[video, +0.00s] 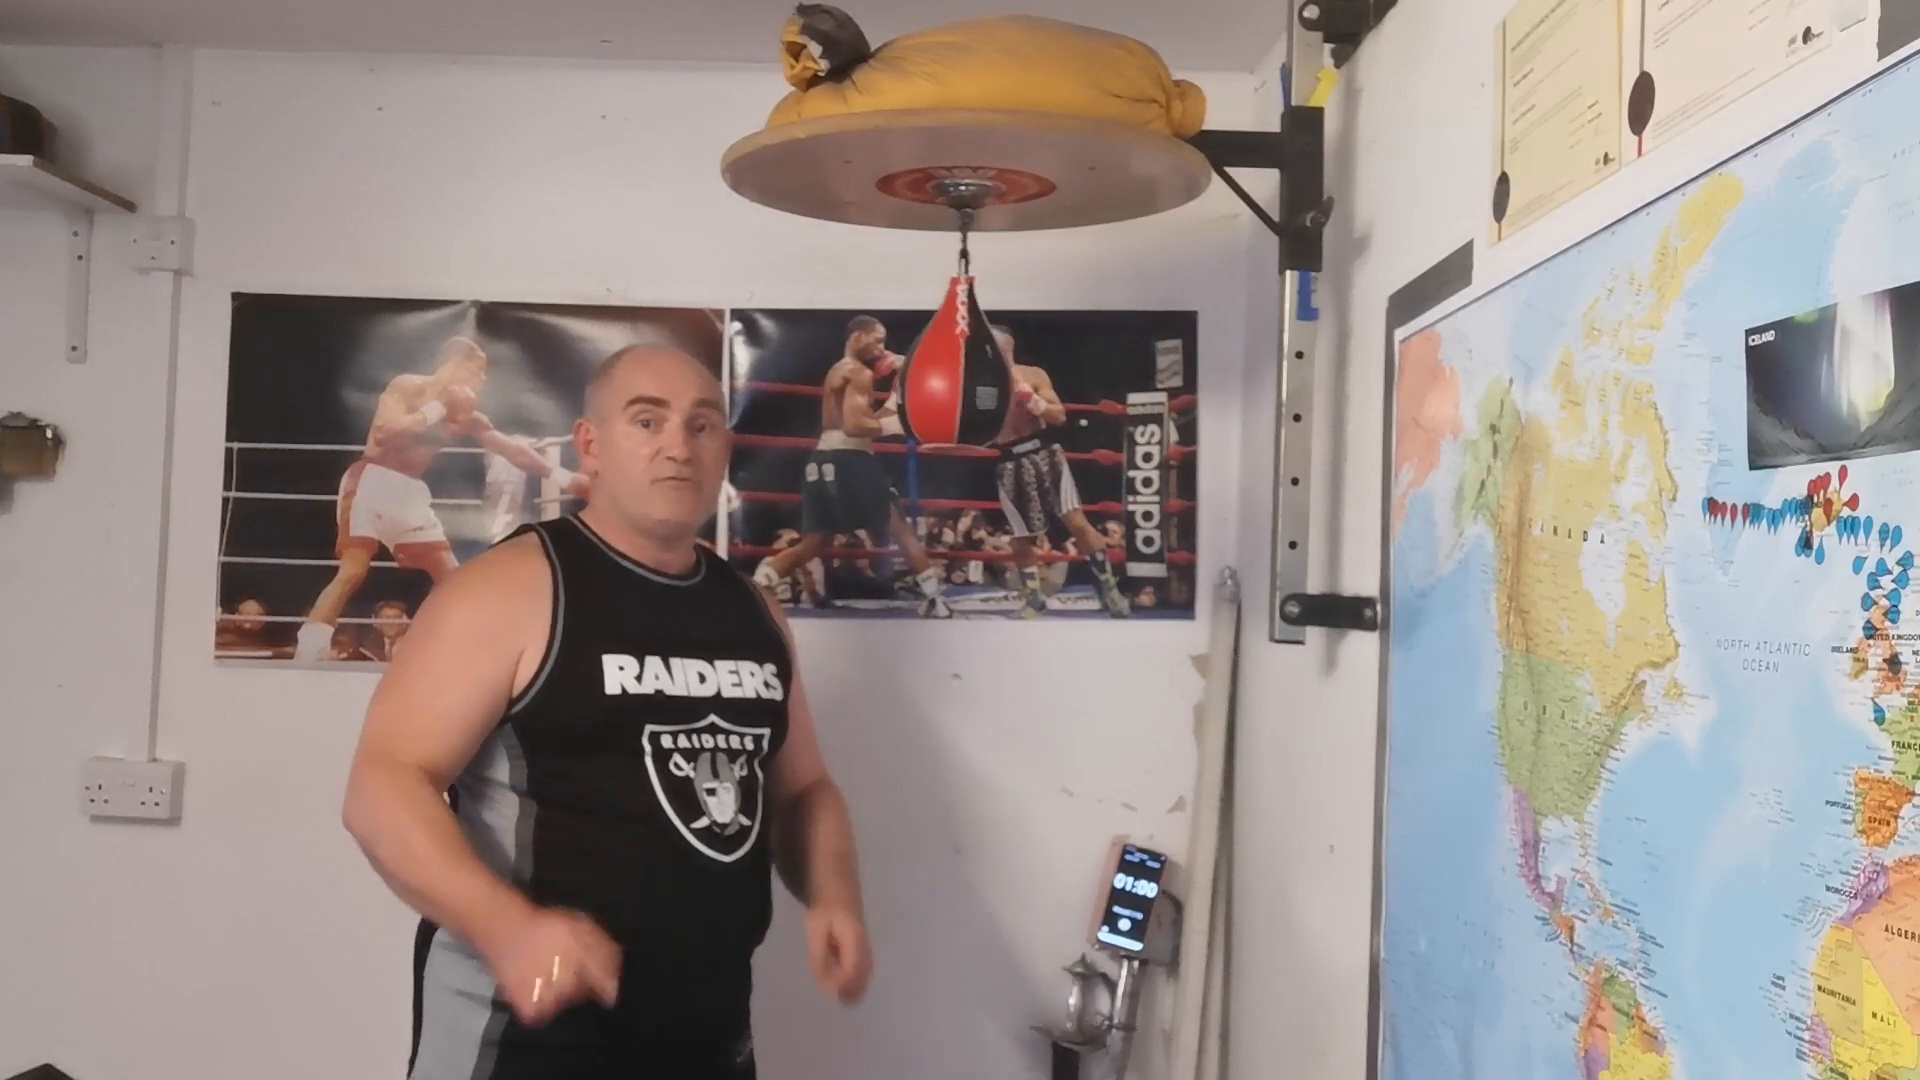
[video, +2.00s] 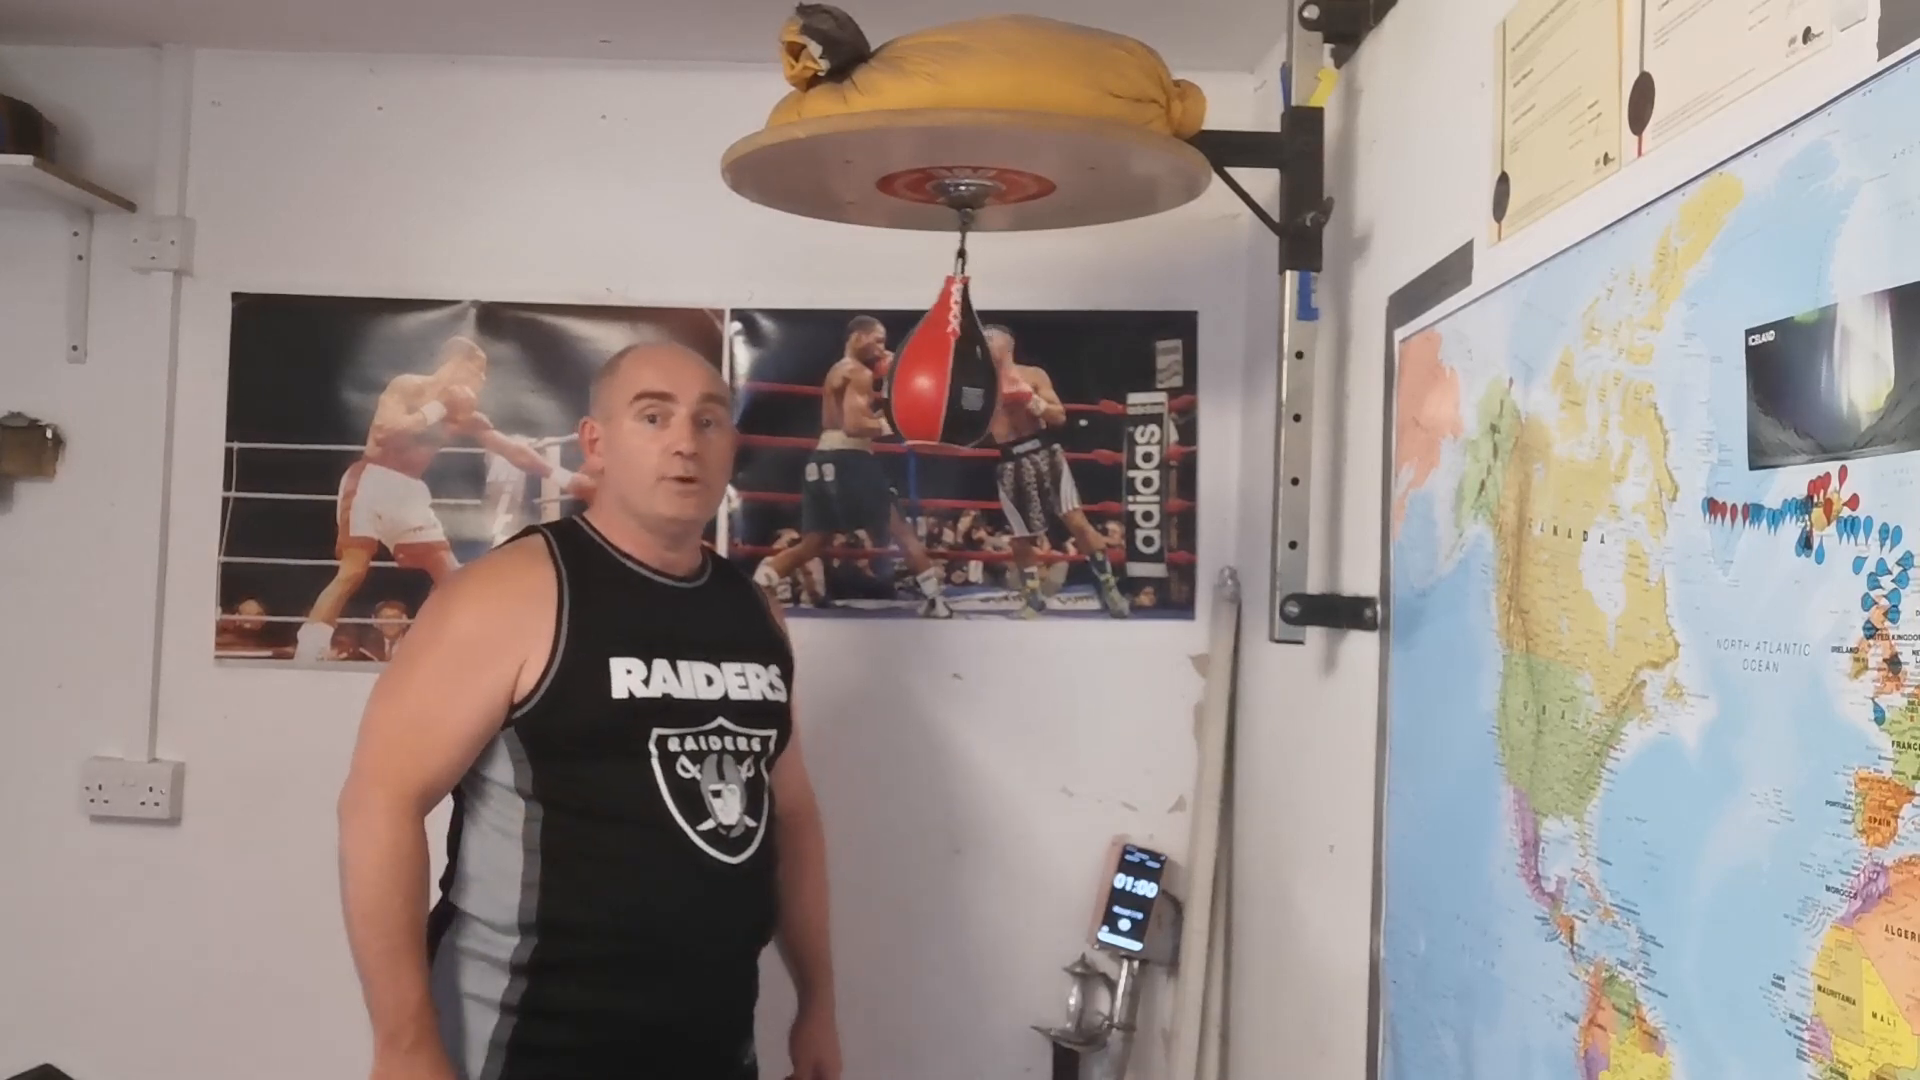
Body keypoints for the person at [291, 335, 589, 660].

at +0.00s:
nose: (476, 384)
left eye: (479, 377)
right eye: (472, 374)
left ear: (476, 380)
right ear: (451, 365)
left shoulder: (464, 415)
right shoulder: (404, 386)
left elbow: (511, 449)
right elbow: (383, 433)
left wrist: (563, 478)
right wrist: (436, 409)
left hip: (408, 492)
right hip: (367, 483)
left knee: (448, 573)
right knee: (353, 570)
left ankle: (461, 654)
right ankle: (306, 652)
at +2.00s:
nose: (479, 384)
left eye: (481, 377)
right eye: (476, 374)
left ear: (471, 379)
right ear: (454, 367)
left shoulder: (463, 415)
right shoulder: (405, 386)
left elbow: (510, 450)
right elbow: (384, 433)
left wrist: (563, 478)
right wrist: (437, 408)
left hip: (409, 493)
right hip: (370, 483)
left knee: (448, 573)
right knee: (353, 571)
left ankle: (460, 651)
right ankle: (305, 650)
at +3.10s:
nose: (480, 382)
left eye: (481, 375)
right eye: (477, 372)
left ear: (472, 377)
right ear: (455, 365)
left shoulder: (461, 410)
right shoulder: (405, 386)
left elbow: (498, 443)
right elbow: (384, 431)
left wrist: (534, 463)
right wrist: (437, 409)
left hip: (410, 492)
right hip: (370, 483)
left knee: (434, 577)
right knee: (352, 572)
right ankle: (307, 649)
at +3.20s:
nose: (479, 383)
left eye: (482, 376)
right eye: (477, 372)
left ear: (473, 375)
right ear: (456, 365)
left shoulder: (462, 410)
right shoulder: (405, 386)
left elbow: (498, 443)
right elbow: (384, 432)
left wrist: (536, 467)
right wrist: (438, 408)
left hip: (409, 492)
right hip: (368, 483)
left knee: (438, 576)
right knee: (353, 571)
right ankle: (307, 648)